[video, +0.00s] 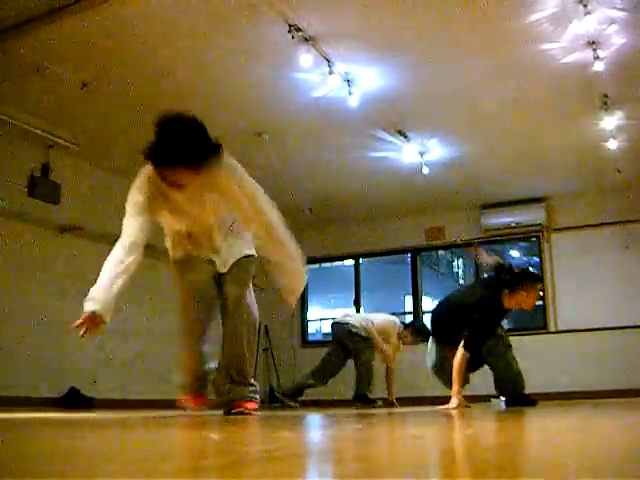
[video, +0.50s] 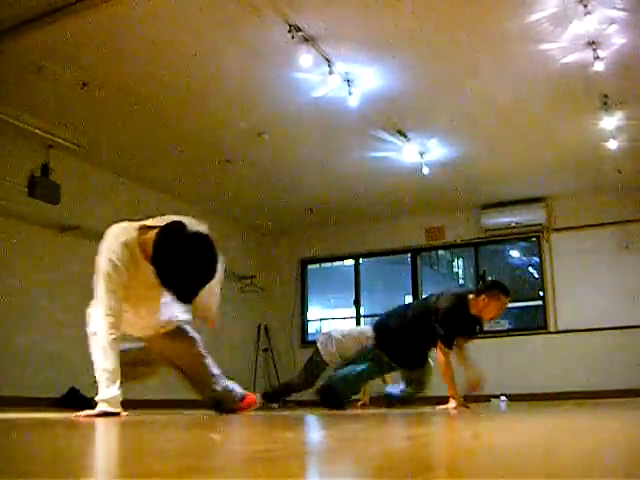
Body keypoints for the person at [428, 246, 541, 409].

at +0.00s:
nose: (537, 299)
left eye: (537, 294)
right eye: (535, 294)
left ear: (521, 292)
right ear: (522, 293)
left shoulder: (506, 277)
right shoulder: (489, 312)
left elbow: (491, 261)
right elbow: (462, 353)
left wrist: (477, 251)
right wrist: (455, 396)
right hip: (445, 336)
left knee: (498, 343)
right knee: (456, 381)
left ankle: (513, 394)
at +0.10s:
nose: (531, 304)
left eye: (533, 298)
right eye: (530, 298)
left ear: (515, 293)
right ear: (516, 295)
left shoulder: (493, 281)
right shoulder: (488, 317)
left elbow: (472, 256)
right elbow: (458, 355)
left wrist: (469, 240)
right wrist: (454, 394)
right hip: (439, 340)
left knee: (500, 341)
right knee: (461, 375)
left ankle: (514, 389)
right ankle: (442, 386)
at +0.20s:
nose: (516, 306)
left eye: (517, 300)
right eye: (515, 300)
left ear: (497, 291)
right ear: (502, 295)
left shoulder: (473, 278)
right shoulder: (478, 315)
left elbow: (458, 252)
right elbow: (453, 356)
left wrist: (481, 242)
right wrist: (454, 395)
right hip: (432, 350)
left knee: (493, 351)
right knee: (455, 379)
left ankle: (522, 384)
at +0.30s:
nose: (505, 304)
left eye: (507, 300)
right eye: (505, 299)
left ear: (491, 293)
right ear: (491, 294)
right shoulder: (464, 310)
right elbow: (448, 354)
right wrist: (454, 394)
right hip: (426, 357)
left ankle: (438, 387)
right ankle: (438, 389)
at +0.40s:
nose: (504, 306)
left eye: (506, 301)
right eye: (503, 300)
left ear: (487, 295)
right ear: (487, 296)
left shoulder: (472, 291)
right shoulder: (460, 308)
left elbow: (486, 329)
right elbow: (446, 354)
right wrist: (453, 396)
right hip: (412, 345)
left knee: (433, 388)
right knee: (432, 390)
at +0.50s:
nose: (499, 314)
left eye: (502, 309)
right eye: (499, 307)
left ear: (484, 302)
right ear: (483, 300)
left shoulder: (472, 317)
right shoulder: (452, 307)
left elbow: (458, 347)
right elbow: (442, 354)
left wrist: (471, 374)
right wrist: (453, 396)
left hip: (417, 345)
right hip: (395, 336)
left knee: (416, 385)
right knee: (372, 369)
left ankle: (382, 399)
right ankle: (331, 390)